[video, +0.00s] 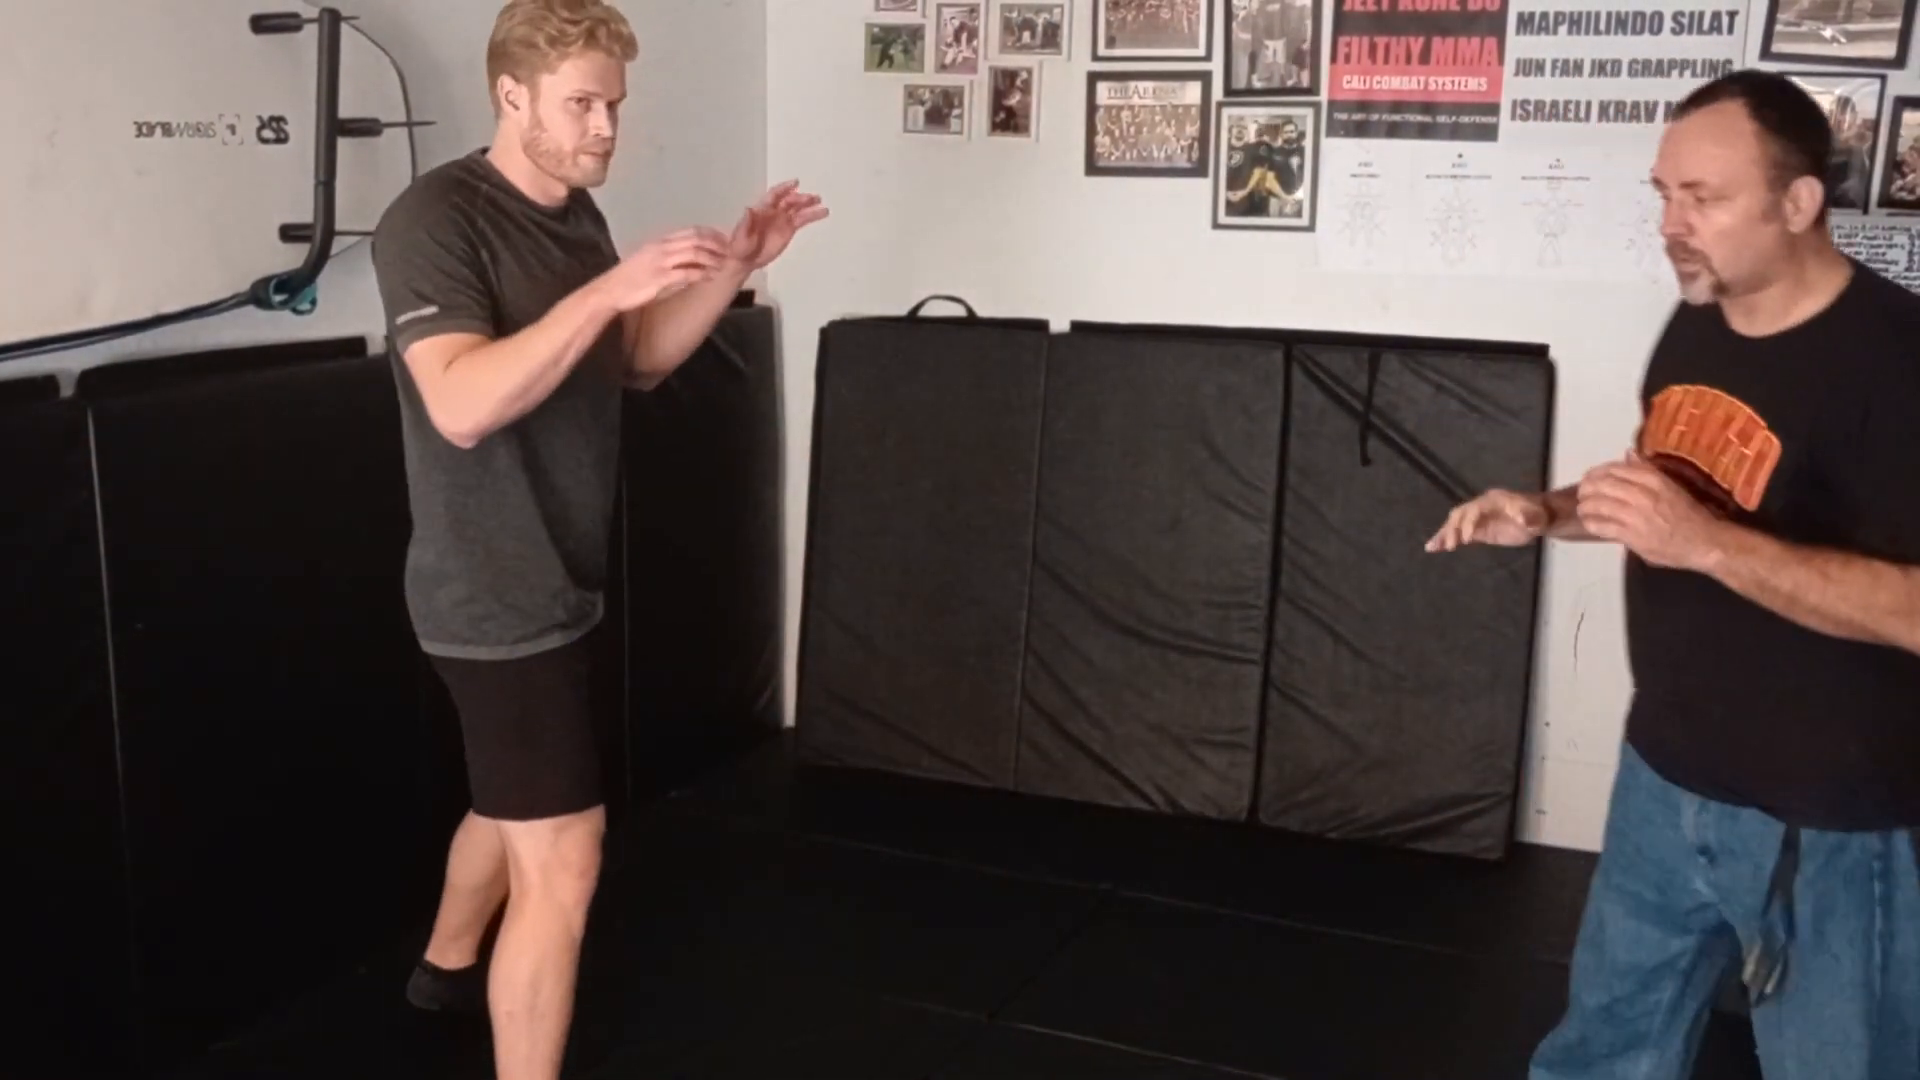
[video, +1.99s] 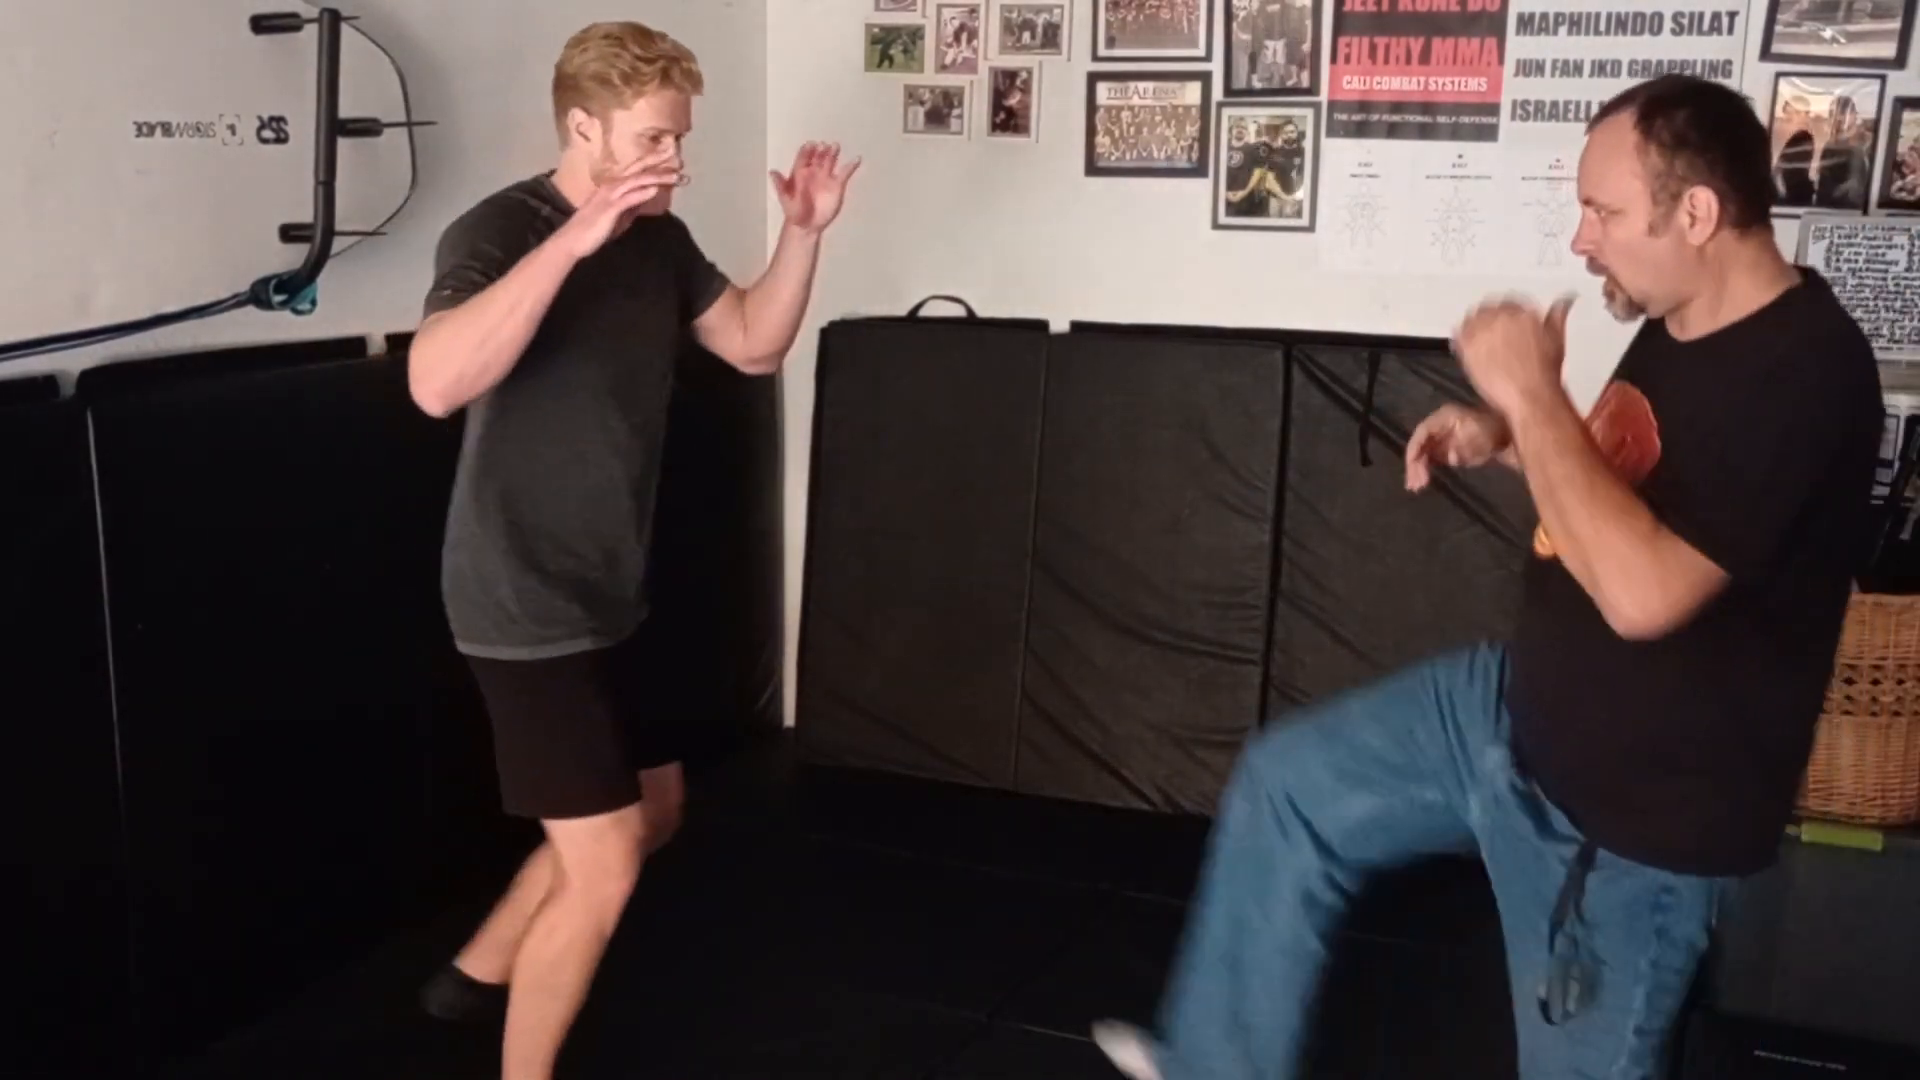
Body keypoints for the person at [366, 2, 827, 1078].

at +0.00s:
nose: (606, 125)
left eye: (615, 102)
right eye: (582, 103)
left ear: (620, 100)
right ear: (512, 100)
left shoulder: (581, 223)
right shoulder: (429, 221)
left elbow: (640, 358)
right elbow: (458, 404)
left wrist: (735, 266)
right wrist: (606, 293)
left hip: (568, 587)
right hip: (494, 605)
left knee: (503, 808)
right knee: (560, 871)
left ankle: (441, 978)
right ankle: (524, 1074)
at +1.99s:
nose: (670, 162)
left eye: (679, 139)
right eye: (650, 139)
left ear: (681, 134)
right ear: (579, 127)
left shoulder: (661, 241)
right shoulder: (499, 231)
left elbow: (752, 340)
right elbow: (437, 381)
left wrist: (802, 231)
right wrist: (571, 243)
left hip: (614, 589)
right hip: (518, 600)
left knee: (651, 806)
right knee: (600, 865)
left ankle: (476, 972)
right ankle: (525, 1074)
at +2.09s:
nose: (702, 154)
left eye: (708, 130)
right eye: (684, 130)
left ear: (694, 124)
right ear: (609, 119)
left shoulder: (671, 233)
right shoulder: (525, 228)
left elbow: (759, 333)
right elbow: (451, 381)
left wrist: (813, 218)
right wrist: (576, 247)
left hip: (654, 585)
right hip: (566, 597)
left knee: (667, 840)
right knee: (701, 849)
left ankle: (566, 1053)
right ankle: (558, 1064)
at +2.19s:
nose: (732, 165)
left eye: (736, 141)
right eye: (711, 143)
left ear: (662, 138)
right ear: (637, 135)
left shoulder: (696, 259)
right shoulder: (554, 247)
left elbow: (786, 361)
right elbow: (468, 411)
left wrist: (830, 240)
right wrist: (586, 277)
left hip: (688, 601)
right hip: (608, 613)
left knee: (693, 848)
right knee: (791, 841)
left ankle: (562, 1053)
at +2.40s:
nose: (826, 183)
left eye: (828, 159)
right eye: (804, 161)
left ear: (749, 158)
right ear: (728, 156)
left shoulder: (774, 280)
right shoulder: (644, 276)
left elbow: (859, 403)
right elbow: (549, 446)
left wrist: (923, 291)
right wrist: (666, 305)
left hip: (761, 637)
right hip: (702, 656)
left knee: (728, 876)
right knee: (857, 900)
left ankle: (569, 1050)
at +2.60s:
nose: (900, 183)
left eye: (905, 156)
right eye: (880, 159)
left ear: (906, 147)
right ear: (803, 154)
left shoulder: (852, 262)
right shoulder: (723, 262)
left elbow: (945, 400)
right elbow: (695, 439)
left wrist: (999, 269)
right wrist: (824, 278)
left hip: (779, 627)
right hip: (734, 640)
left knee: (716, 858)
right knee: (880, 899)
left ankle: (568, 1046)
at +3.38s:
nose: (825, 201)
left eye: (827, 176)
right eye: (810, 177)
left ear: (743, 168)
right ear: (733, 167)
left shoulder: (745, 277)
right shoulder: (641, 289)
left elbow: (781, 412)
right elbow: (644, 492)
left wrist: (902, 340)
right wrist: (804, 414)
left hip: (740, 636)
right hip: (678, 653)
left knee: (716, 853)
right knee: (804, 900)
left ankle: (552, 1015)